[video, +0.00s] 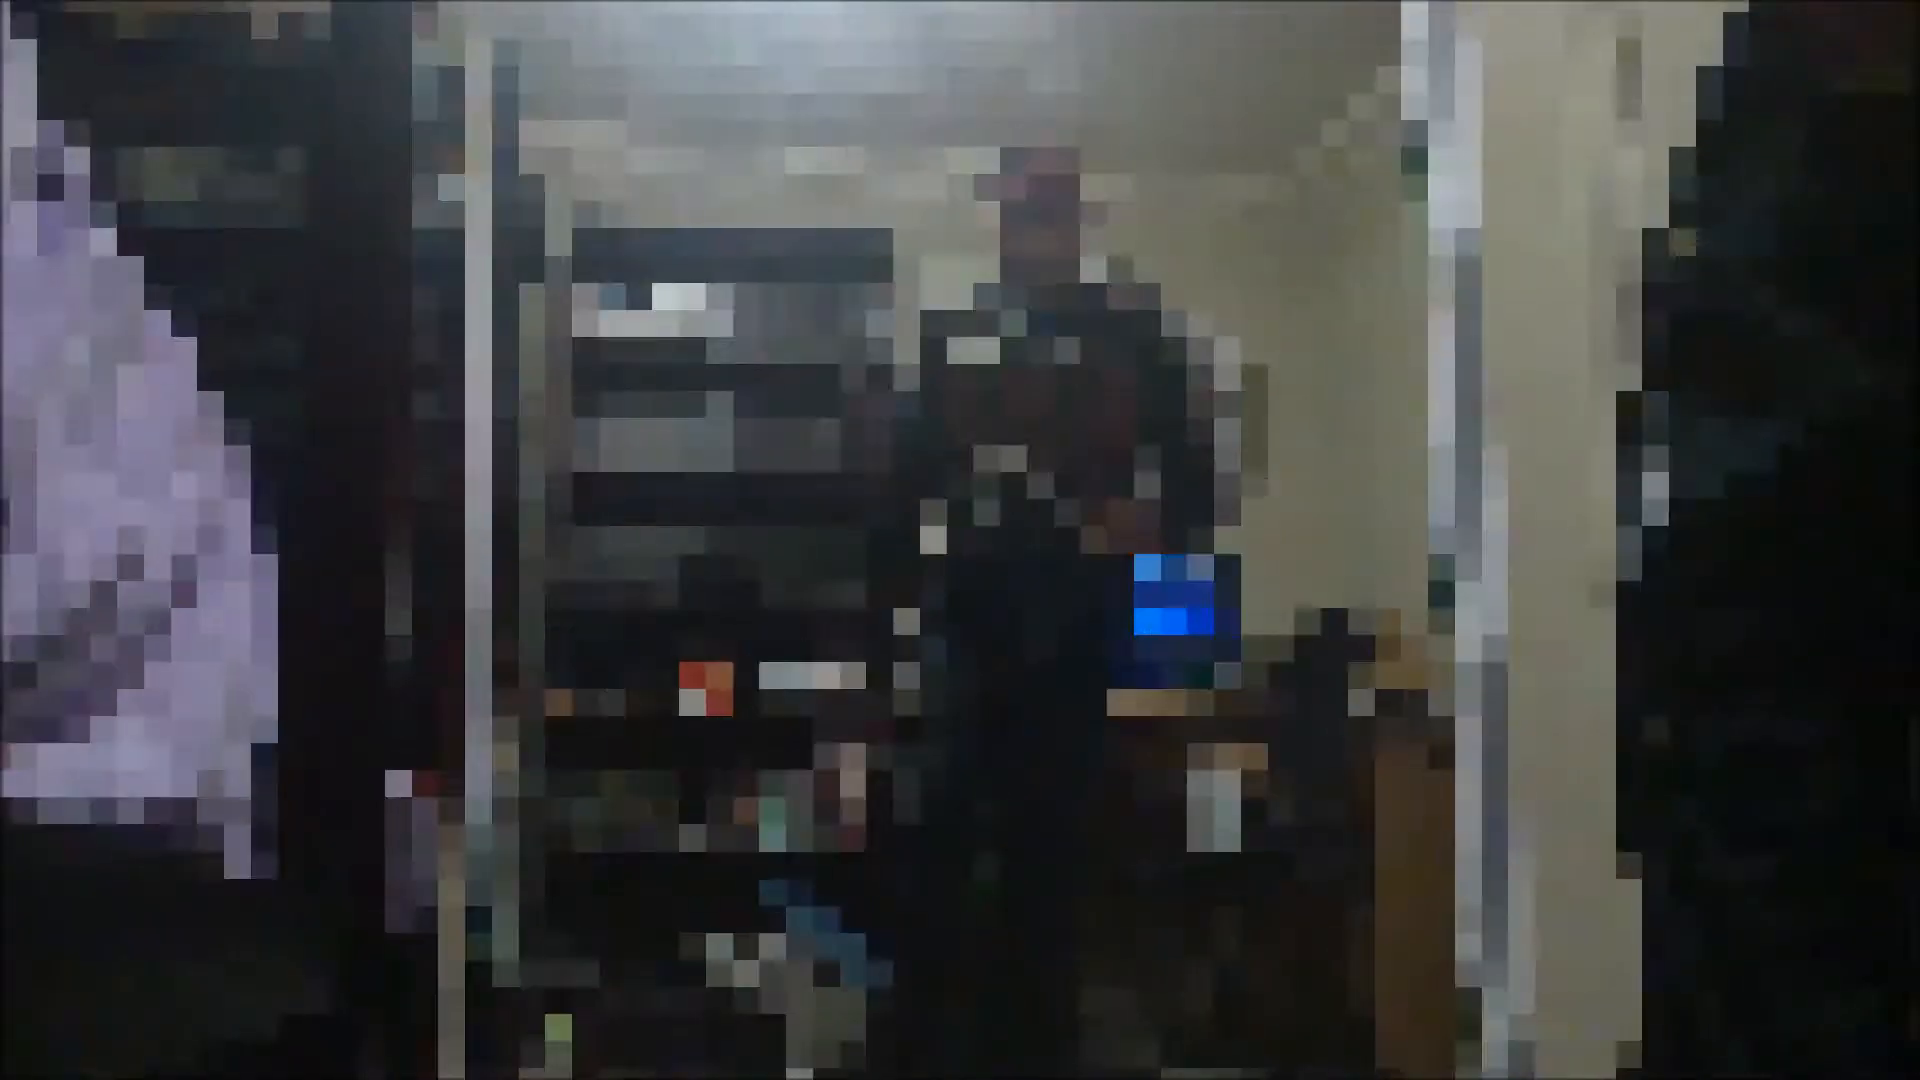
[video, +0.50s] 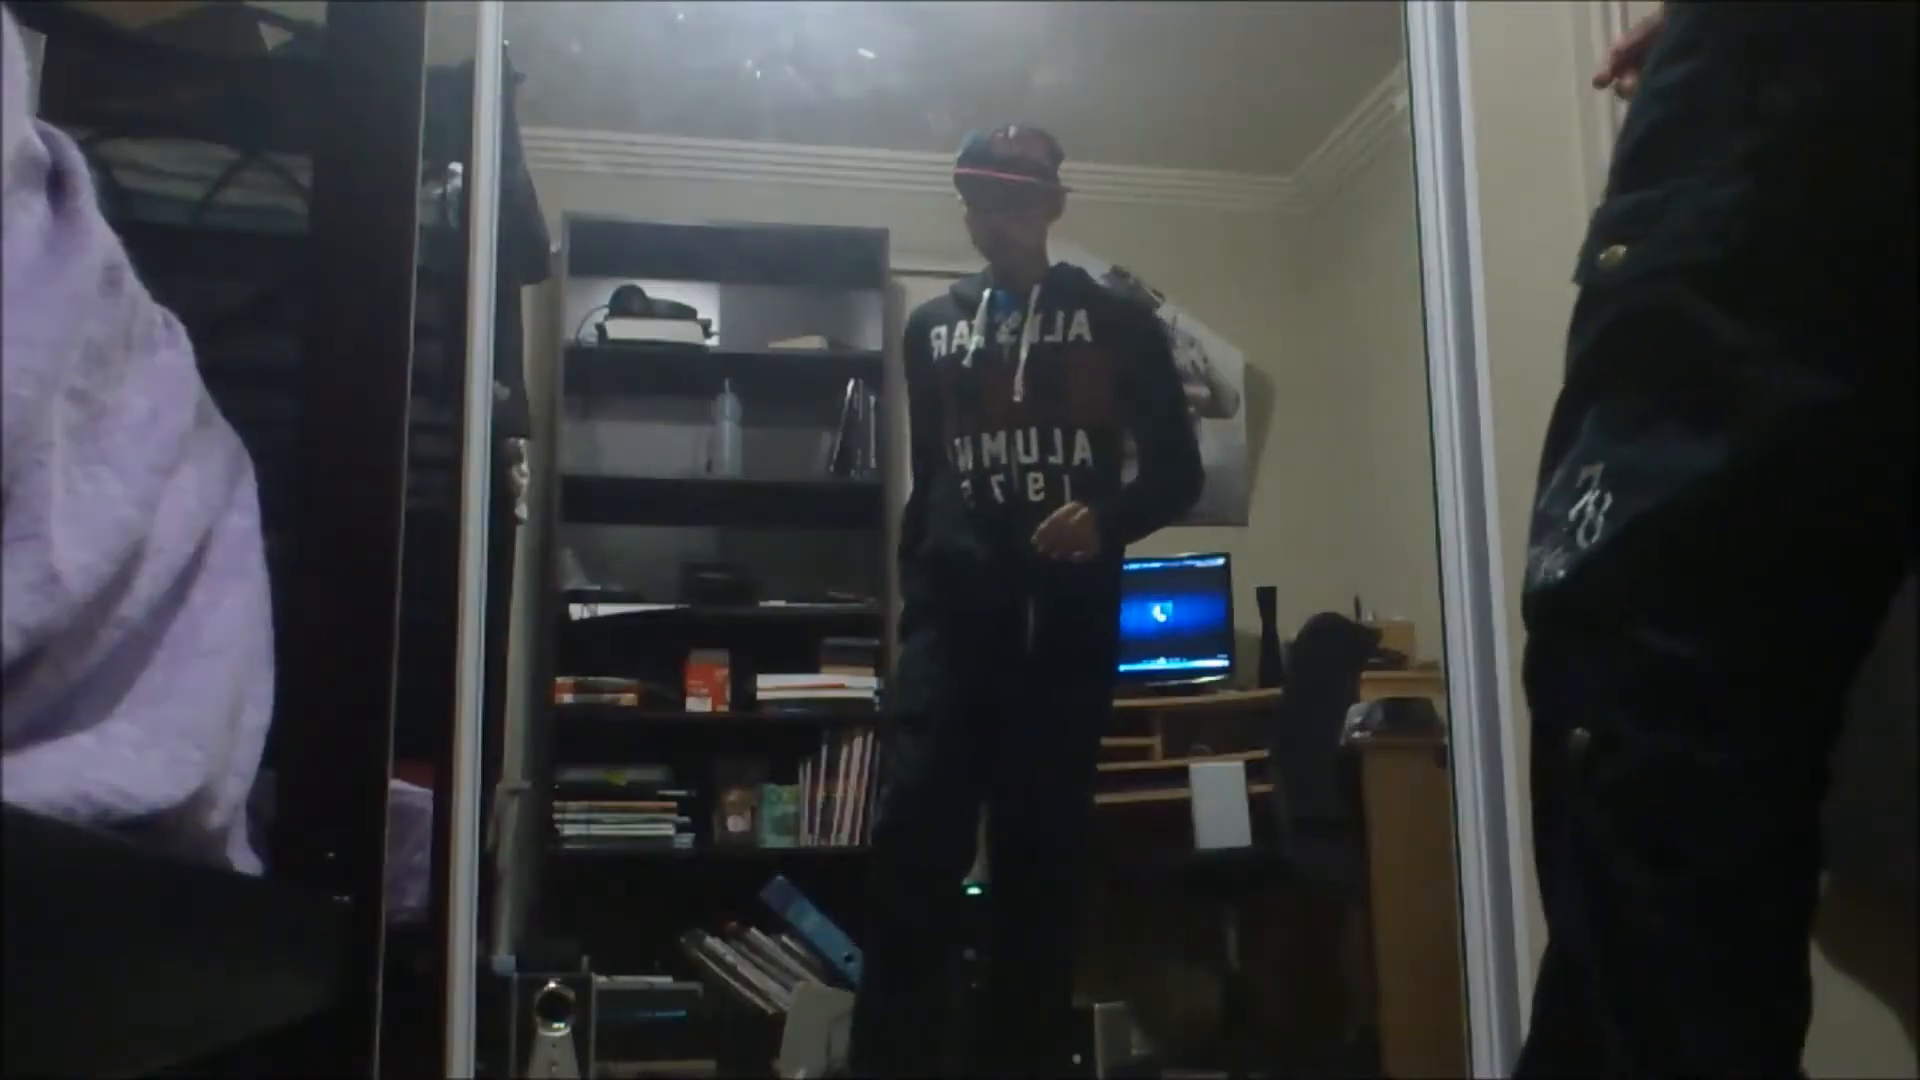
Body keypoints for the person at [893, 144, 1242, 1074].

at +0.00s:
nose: (1039, 233)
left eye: (1055, 213)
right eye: (1024, 213)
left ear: (1082, 219)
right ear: (997, 218)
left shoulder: (1132, 330)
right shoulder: (957, 333)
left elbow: (1192, 462)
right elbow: (914, 462)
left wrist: (1152, 527)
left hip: (1088, 594)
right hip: (978, 593)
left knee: (1067, 806)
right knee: (962, 798)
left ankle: (1049, 1013)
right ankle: (949, 1010)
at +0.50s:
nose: (997, 217)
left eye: (1017, 198)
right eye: (982, 199)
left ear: (1054, 205)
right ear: (962, 206)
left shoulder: (1117, 317)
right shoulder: (930, 329)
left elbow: (1177, 473)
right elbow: (927, 477)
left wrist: (1106, 519)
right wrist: (914, 587)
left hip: (1065, 626)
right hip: (950, 622)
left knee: (1041, 863)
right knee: (911, 850)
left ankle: (1025, 1061)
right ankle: (894, 1062)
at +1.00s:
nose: (981, 188)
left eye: (1001, 174)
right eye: (965, 167)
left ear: (1022, 191)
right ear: (927, 179)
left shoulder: (1063, 313)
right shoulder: (873, 304)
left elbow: (1096, 458)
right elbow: (823, 448)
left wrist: (1107, 581)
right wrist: (811, 564)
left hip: (1032, 600)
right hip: (907, 596)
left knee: (1024, 840)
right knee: (894, 837)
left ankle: (1019, 1050)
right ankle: (887, 1049)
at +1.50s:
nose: (954, 204)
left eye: (968, 188)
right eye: (938, 179)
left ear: (978, 199)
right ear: (885, 179)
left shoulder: (985, 318)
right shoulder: (816, 284)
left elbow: (998, 483)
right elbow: (757, 428)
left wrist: (1016, 638)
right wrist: (893, 433)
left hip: (976, 615)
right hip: (862, 610)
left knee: (1035, 843)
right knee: (878, 860)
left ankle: (1021, 1061)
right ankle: (881, 1066)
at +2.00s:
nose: (967, 188)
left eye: (983, 171)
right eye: (947, 167)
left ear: (999, 179)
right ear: (901, 173)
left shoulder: (1032, 301)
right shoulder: (837, 290)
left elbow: (1053, 471)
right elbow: (804, 448)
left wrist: (1102, 585)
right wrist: (819, 587)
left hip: (996, 609)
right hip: (874, 610)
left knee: (1044, 855)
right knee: (867, 868)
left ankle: (1071, 1064)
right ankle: (857, 1069)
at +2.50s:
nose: (999, 168)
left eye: (1018, 151)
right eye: (979, 150)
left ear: (1046, 171)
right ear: (945, 171)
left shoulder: (1098, 290)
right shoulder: (894, 302)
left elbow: (1145, 459)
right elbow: (864, 466)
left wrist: (1122, 501)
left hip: (1051, 613)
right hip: (922, 612)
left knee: (1054, 867)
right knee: (879, 855)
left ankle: (1063, 1063)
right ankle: (877, 1065)